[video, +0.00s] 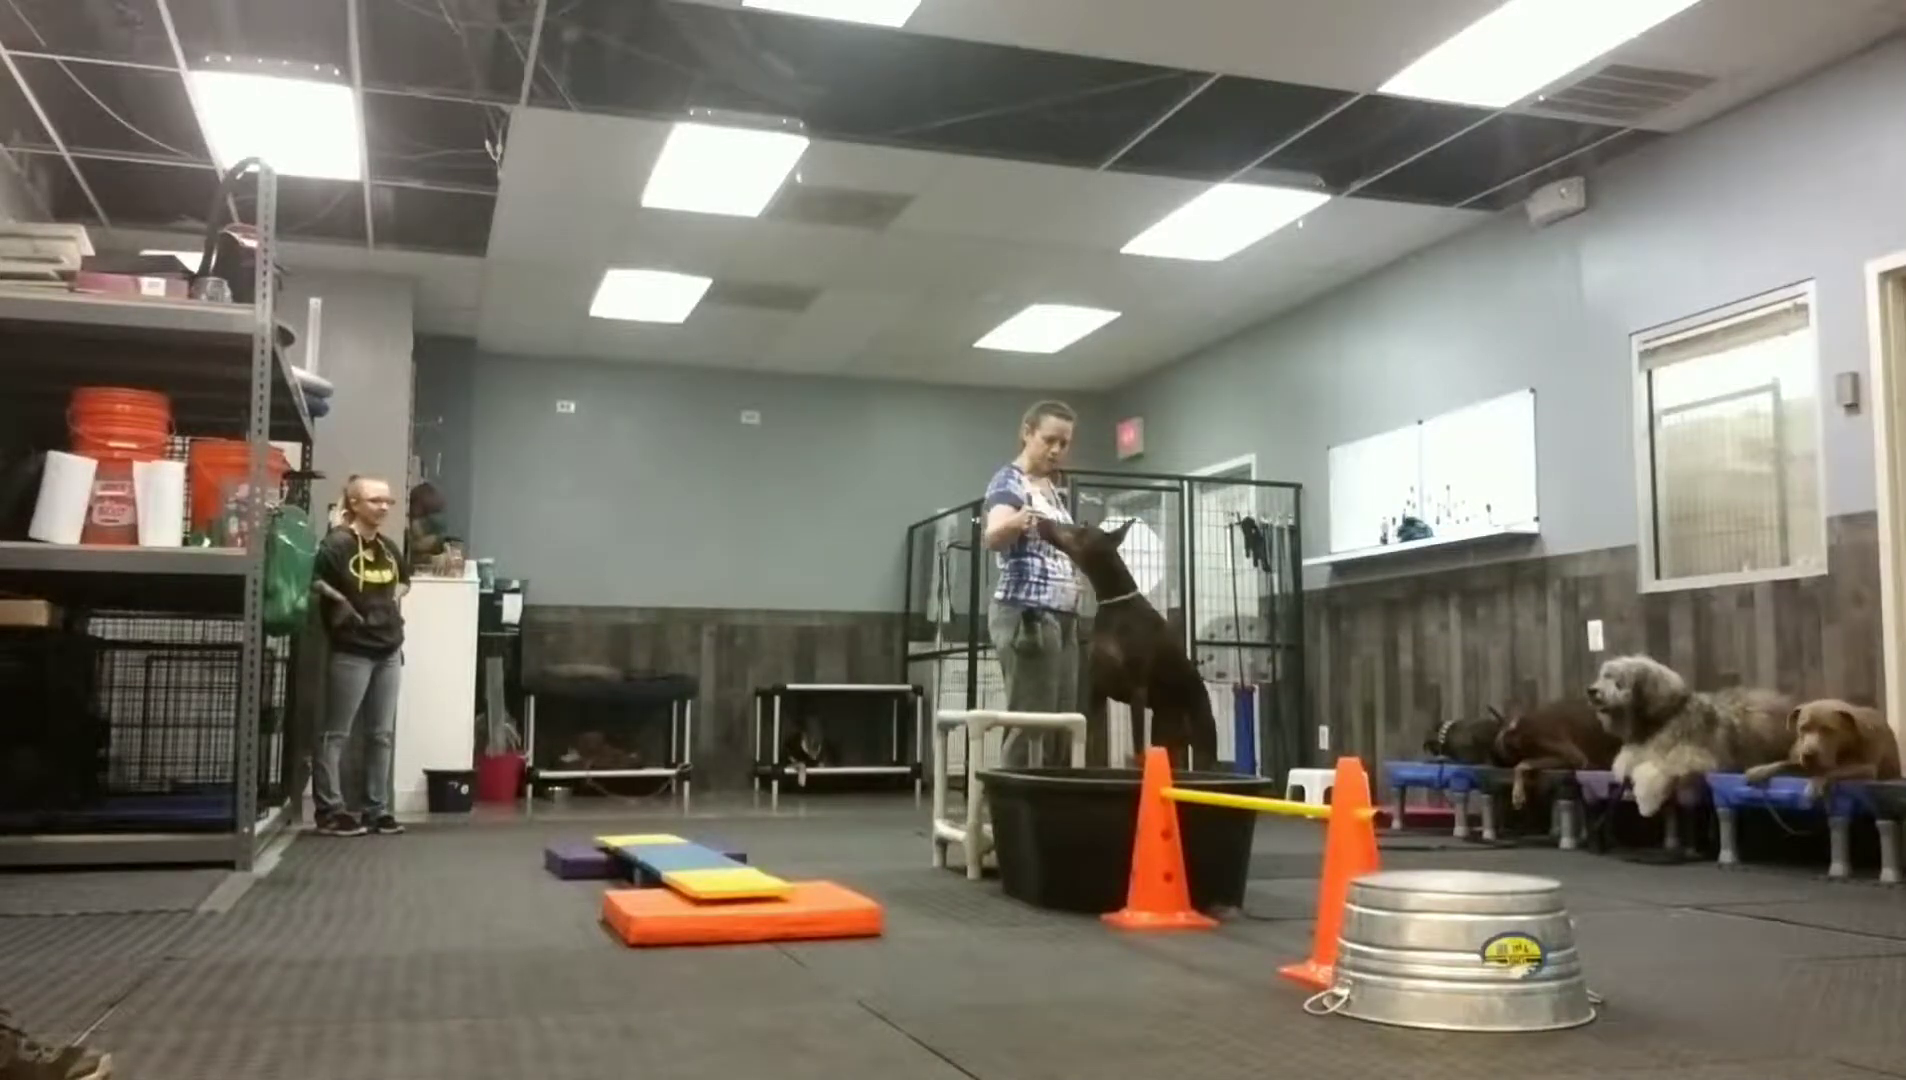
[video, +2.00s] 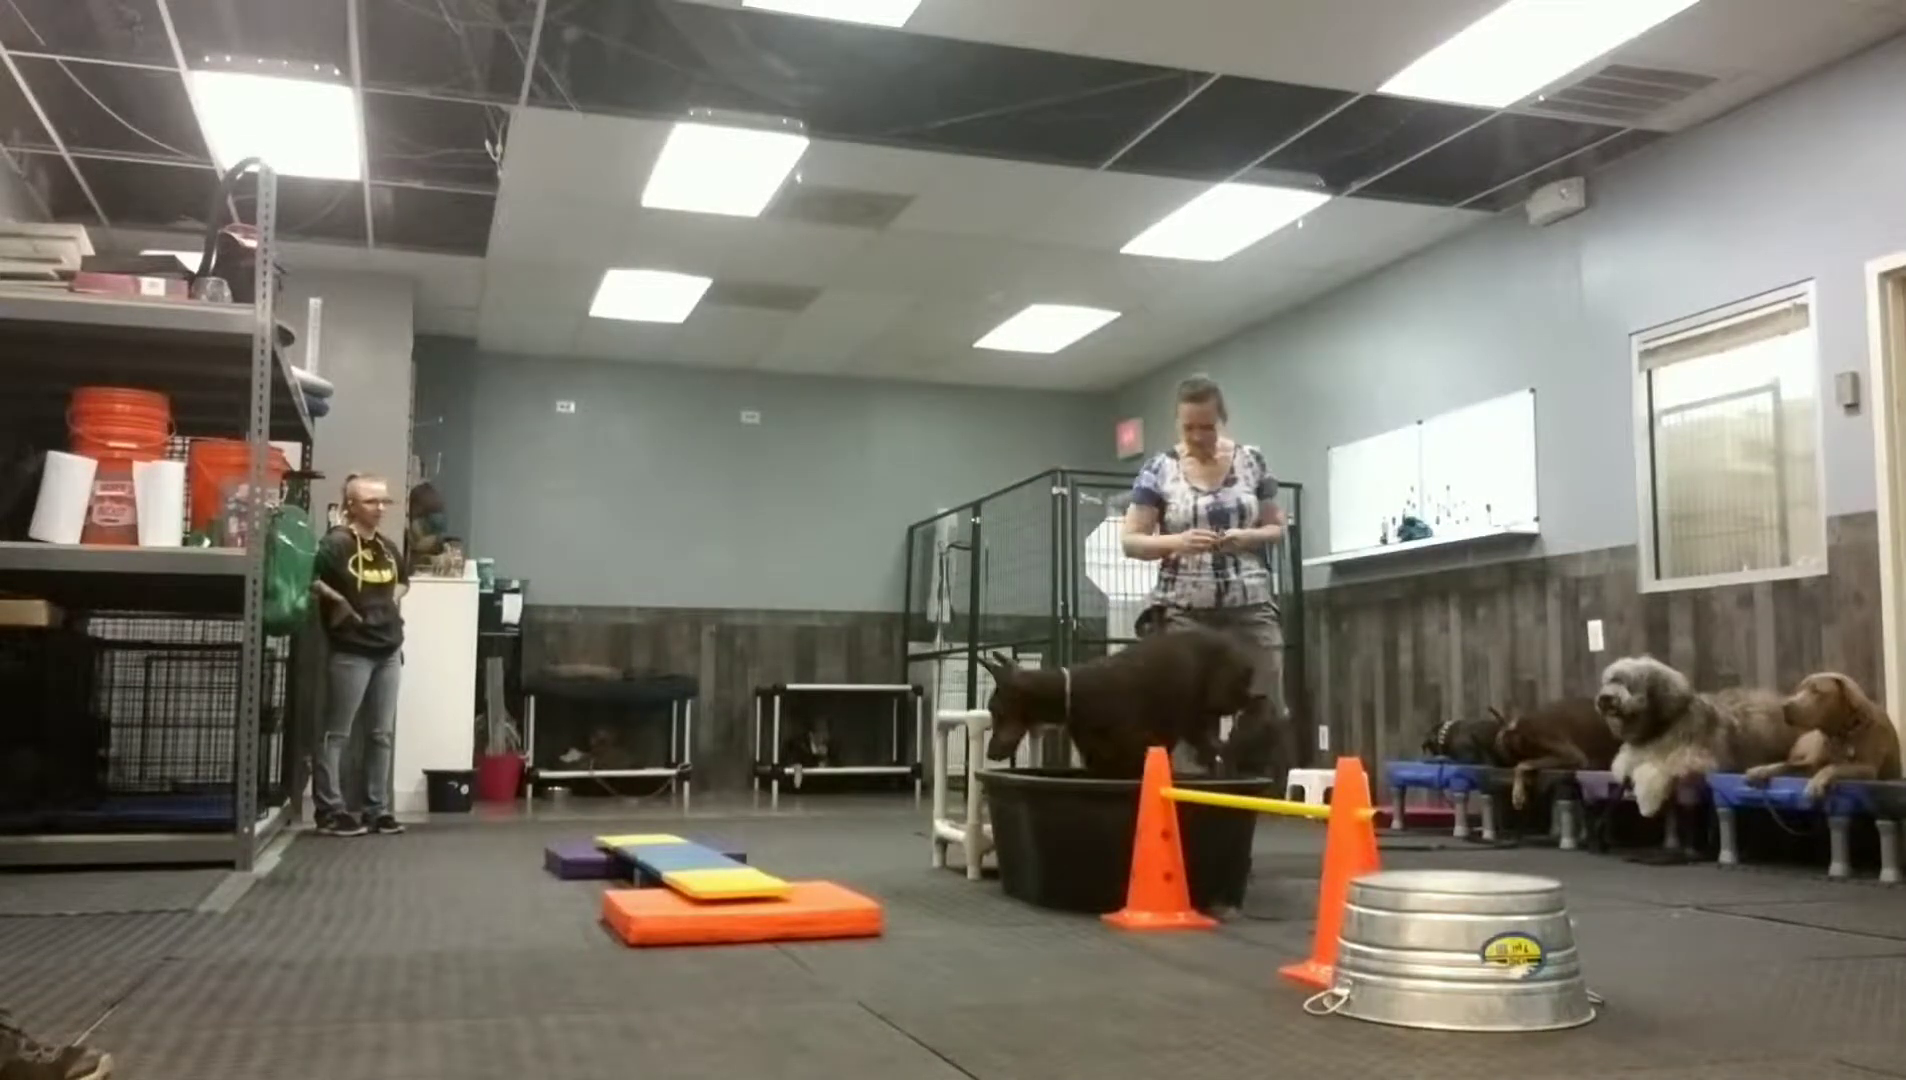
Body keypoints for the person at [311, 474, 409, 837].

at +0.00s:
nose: (384, 507)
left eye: (387, 501)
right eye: (376, 501)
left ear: (388, 506)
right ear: (355, 504)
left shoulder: (387, 546)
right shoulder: (338, 543)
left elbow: (401, 582)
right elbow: (317, 582)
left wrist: (392, 616)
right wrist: (344, 608)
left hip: (388, 649)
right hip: (352, 649)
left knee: (381, 734)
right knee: (337, 734)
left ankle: (376, 810)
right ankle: (329, 810)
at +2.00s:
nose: (379, 508)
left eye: (382, 502)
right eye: (371, 502)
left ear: (385, 505)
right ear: (351, 505)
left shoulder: (386, 545)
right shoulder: (336, 542)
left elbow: (401, 582)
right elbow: (312, 578)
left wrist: (392, 612)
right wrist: (340, 603)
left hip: (388, 649)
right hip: (351, 648)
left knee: (381, 734)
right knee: (337, 734)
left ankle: (376, 810)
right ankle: (329, 810)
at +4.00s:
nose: (389, 509)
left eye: (392, 503)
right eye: (381, 502)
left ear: (392, 507)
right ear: (358, 504)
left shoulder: (389, 547)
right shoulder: (338, 546)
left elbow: (403, 584)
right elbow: (317, 586)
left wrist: (394, 621)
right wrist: (347, 607)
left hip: (393, 649)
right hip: (355, 649)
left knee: (383, 734)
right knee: (338, 735)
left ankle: (377, 811)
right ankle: (330, 811)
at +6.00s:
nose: (390, 504)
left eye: (392, 498)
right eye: (381, 498)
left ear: (394, 504)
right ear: (359, 503)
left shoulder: (392, 546)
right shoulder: (340, 546)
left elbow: (406, 583)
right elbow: (316, 585)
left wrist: (396, 624)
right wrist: (347, 609)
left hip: (393, 649)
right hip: (355, 650)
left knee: (383, 734)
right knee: (339, 734)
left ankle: (378, 811)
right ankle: (330, 811)